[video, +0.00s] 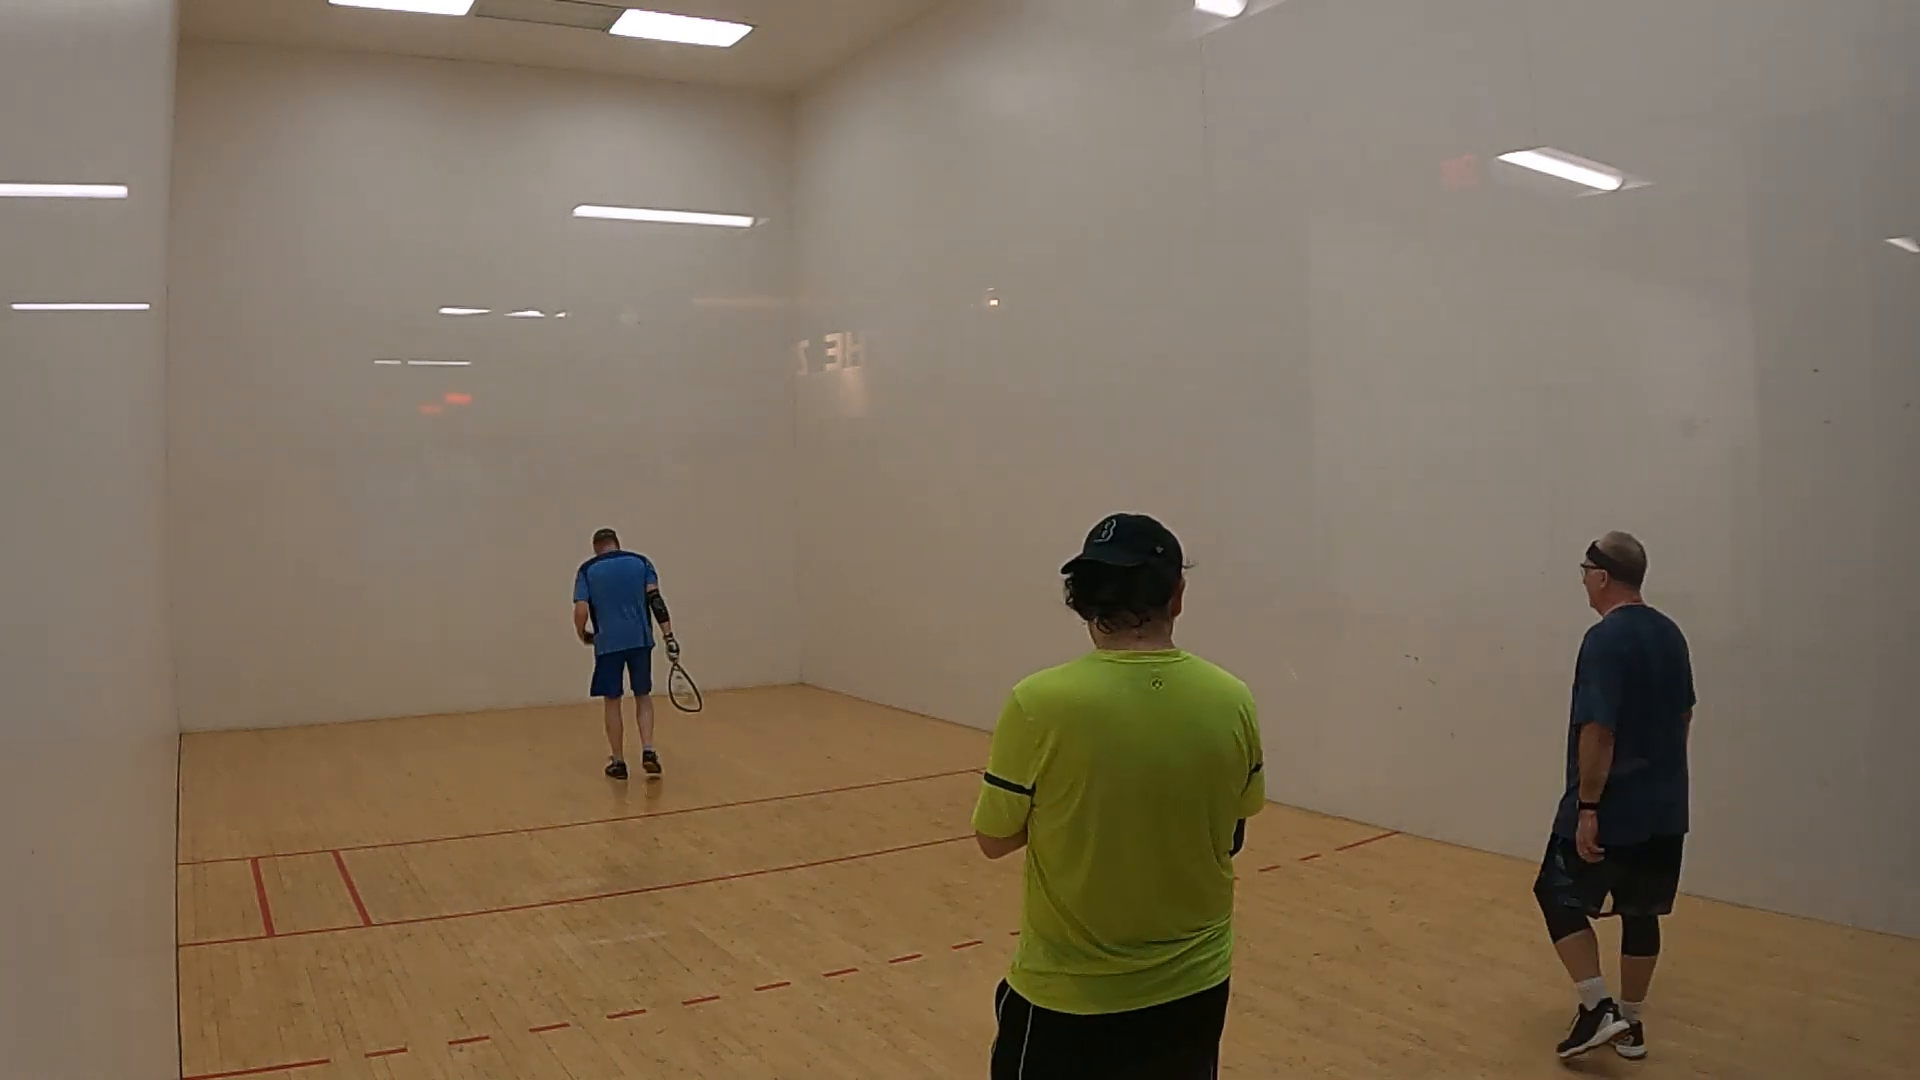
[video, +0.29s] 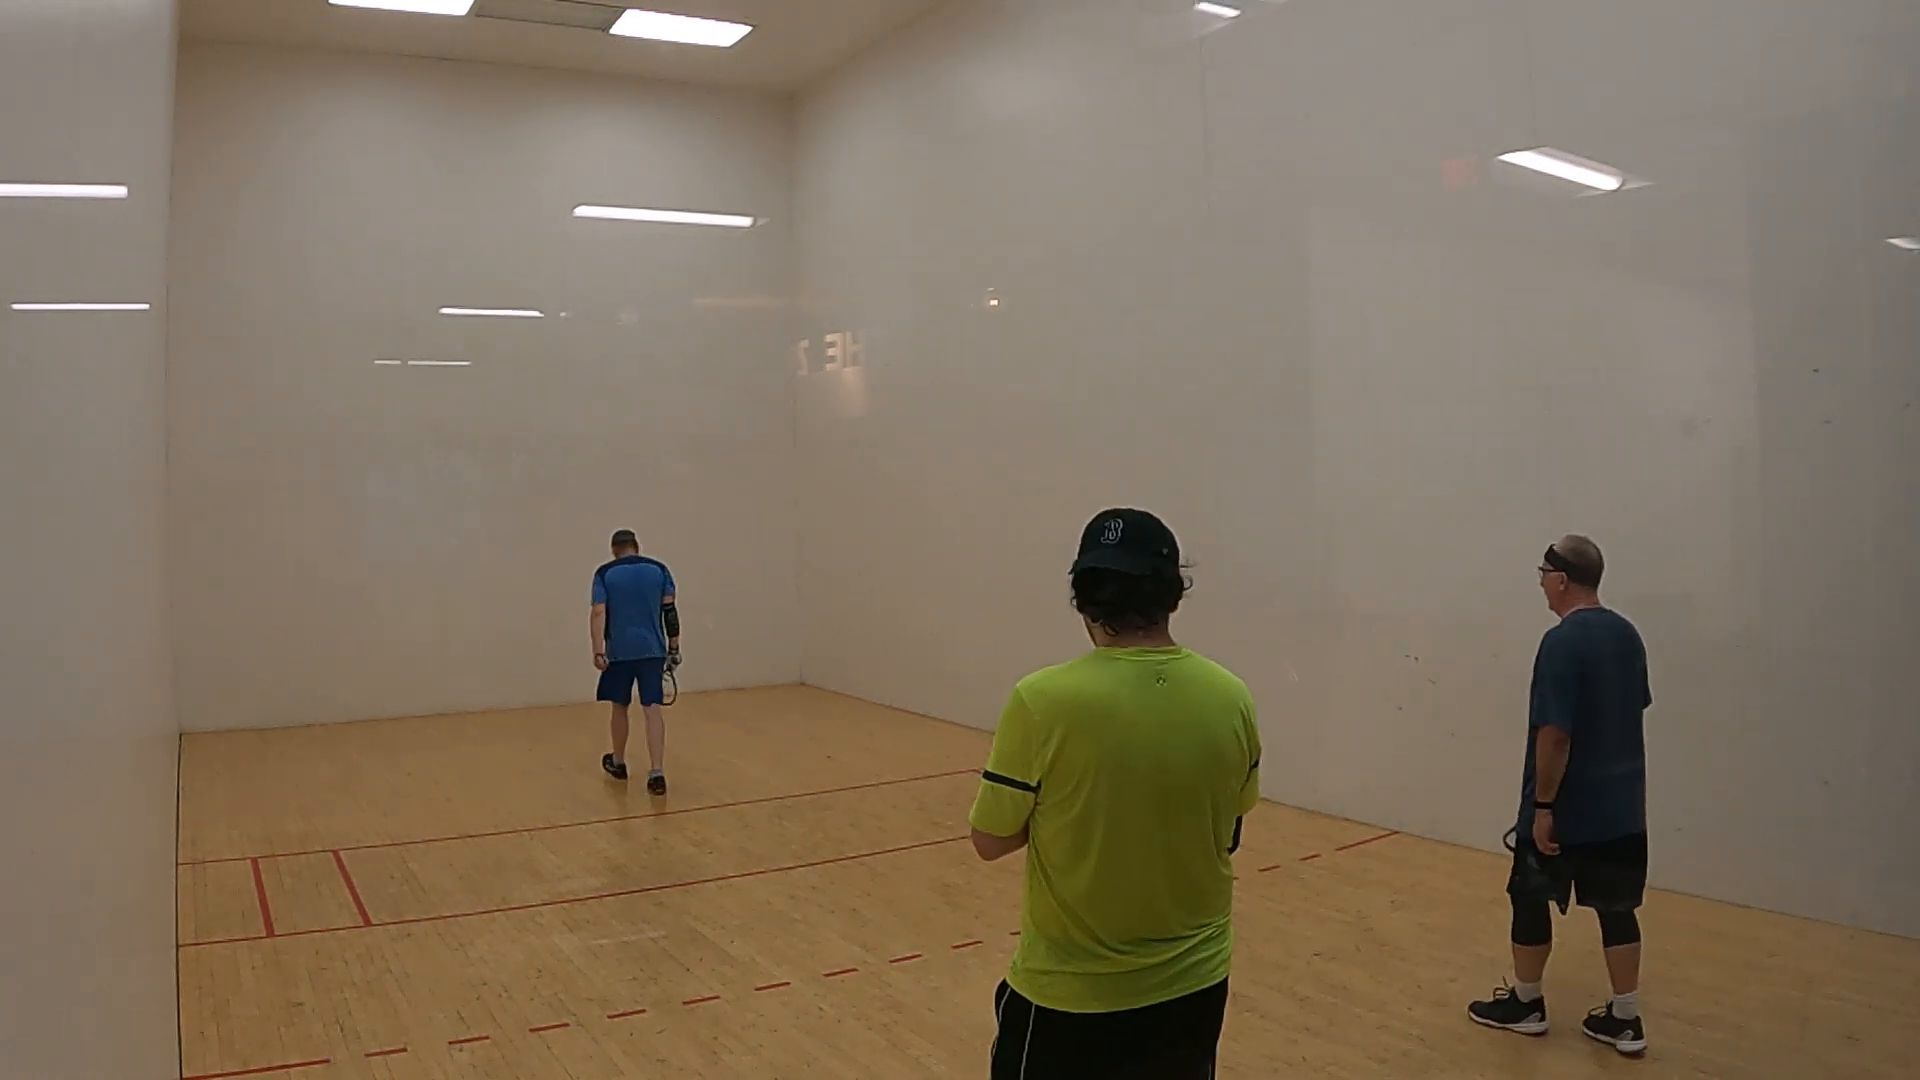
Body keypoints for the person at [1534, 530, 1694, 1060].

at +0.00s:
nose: (1584, 579)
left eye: (1587, 571)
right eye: (1586, 570)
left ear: (1602, 577)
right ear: (1636, 578)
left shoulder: (1604, 639)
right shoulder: (1670, 634)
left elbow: (1597, 729)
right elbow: (1683, 716)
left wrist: (1587, 807)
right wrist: (1662, 781)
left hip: (1603, 810)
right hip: (1663, 811)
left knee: (1558, 892)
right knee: (1642, 911)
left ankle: (1594, 1005)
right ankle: (1629, 1025)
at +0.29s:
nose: (1542, 583)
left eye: (1545, 574)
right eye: (1543, 574)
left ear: (1561, 579)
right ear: (1591, 580)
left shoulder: (1561, 641)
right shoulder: (1627, 634)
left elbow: (1553, 735)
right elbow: (1635, 710)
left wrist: (1543, 807)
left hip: (1561, 810)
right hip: (1620, 808)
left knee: (1529, 895)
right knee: (1617, 907)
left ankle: (1525, 1002)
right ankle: (1625, 1017)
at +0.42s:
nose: (1522, 580)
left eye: (1525, 572)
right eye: (1523, 571)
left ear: (1541, 577)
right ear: (1573, 576)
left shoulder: (1539, 640)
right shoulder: (1610, 630)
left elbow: (1525, 732)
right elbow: (1619, 704)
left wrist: (1506, 797)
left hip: (1545, 799)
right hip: (1602, 798)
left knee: (1523, 894)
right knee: (1597, 889)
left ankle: (1525, 1001)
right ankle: (1621, 992)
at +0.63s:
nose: (1506, 577)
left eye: (1509, 569)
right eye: (1507, 568)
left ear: (1526, 575)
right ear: (1556, 573)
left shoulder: (1524, 634)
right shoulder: (1593, 626)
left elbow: (1502, 721)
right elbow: (1605, 699)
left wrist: (1463, 767)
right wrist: (1592, 753)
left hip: (1531, 786)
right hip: (1585, 778)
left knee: (1517, 884)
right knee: (1567, 864)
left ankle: (1525, 1000)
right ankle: (1606, 966)